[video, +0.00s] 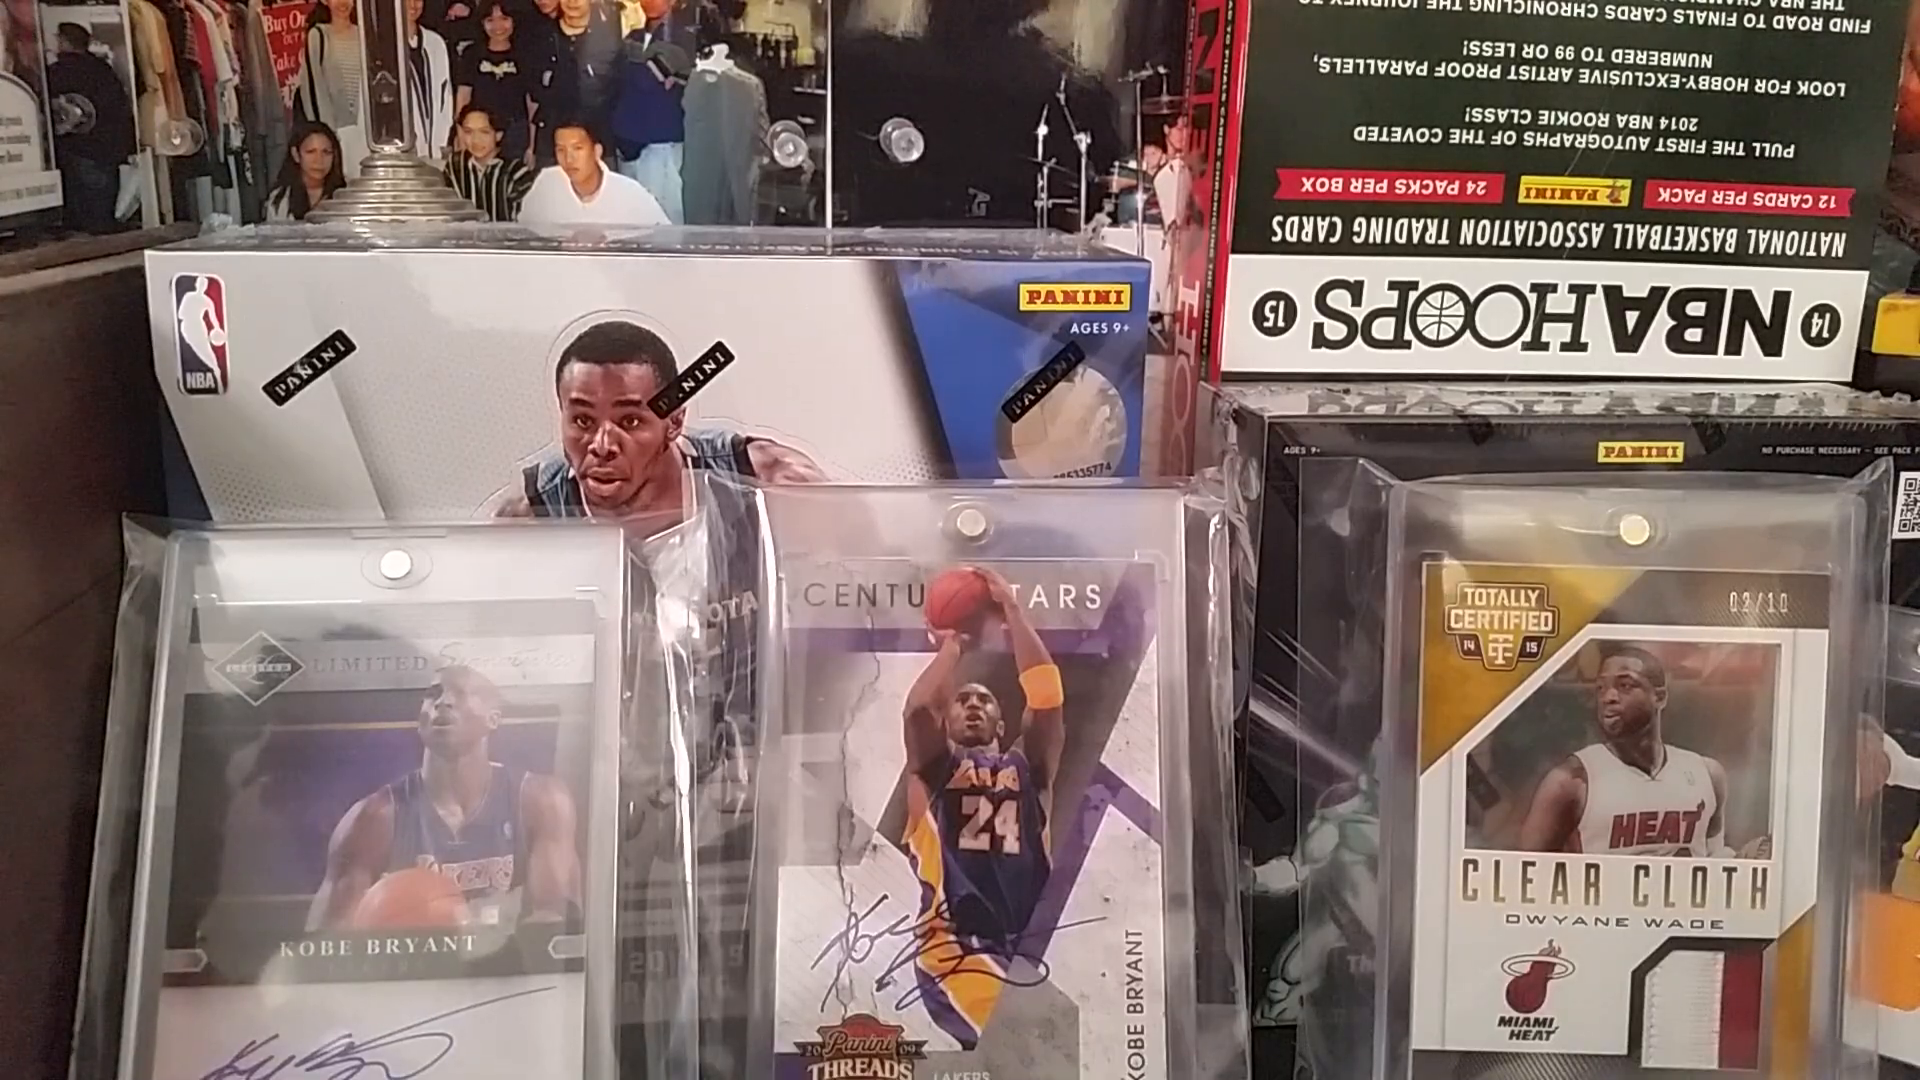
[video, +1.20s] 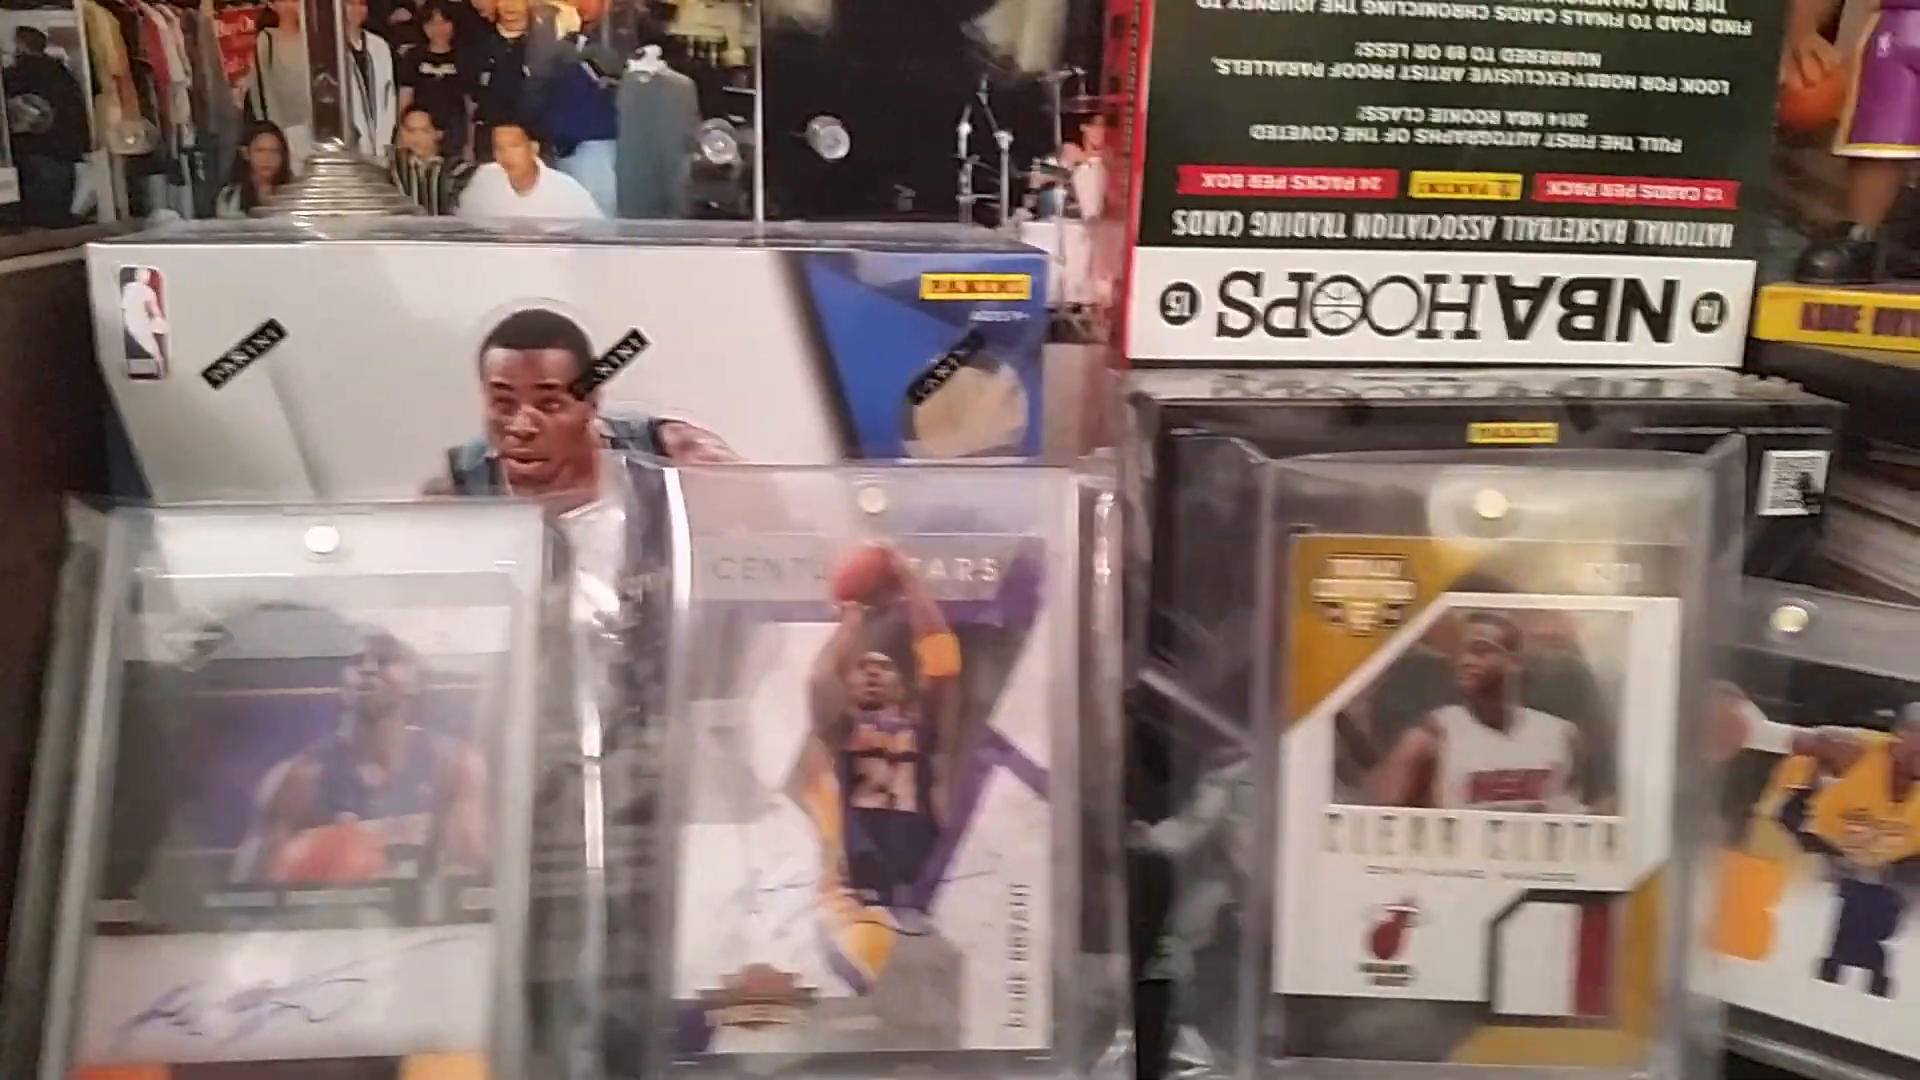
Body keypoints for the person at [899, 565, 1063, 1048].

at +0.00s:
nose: (973, 705)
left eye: (984, 700)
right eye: (962, 701)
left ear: (1002, 722)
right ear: (946, 722)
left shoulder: (1029, 765)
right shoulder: (934, 765)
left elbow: (1046, 694)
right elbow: (919, 709)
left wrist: (1011, 606)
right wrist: (952, 643)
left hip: (1026, 945)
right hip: (952, 946)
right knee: (1031, 1041)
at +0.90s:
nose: (986, 688)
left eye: (997, 683)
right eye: (975, 683)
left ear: (1014, 702)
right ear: (960, 702)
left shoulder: (1041, 746)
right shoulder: (949, 746)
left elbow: (1058, 680)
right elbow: (933, 689)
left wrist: (1025, 594)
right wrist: (970, 624)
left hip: (1035, 919)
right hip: (965, 921)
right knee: (1035, 1014)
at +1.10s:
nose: (909, 682)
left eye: (922, 672)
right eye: (898, 673)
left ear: (941, 681)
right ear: (881, 682)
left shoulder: (955, 725)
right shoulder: (876, 730)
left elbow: (979, 664)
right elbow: (858, 682)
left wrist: (947, 593)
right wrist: (893, 621)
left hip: (949, 833)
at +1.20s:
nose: (872, 675)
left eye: (884, 666)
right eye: (861, 667)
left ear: (904, 677)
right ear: (845, 677)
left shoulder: (923, 724)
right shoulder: (839, 726)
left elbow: (941, 657)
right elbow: (822, 678)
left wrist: (910, 584)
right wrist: (852, 620)